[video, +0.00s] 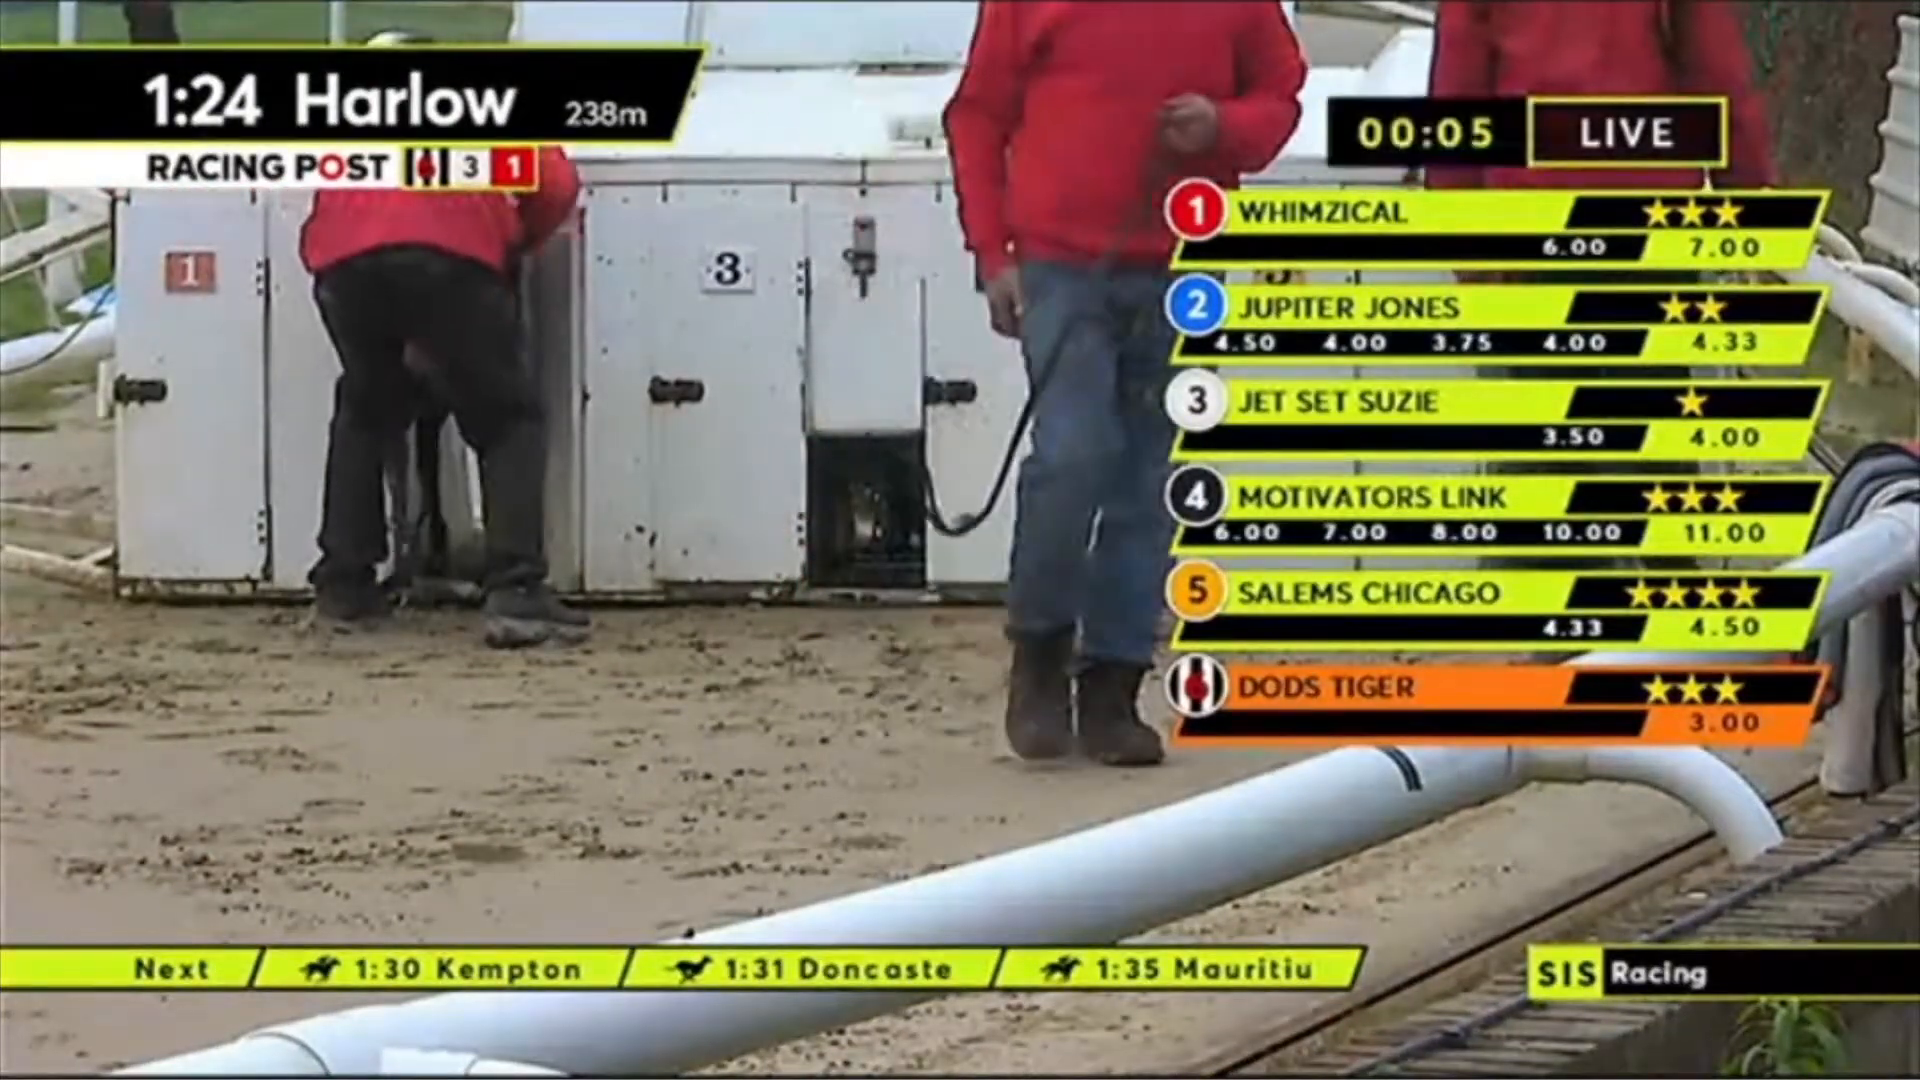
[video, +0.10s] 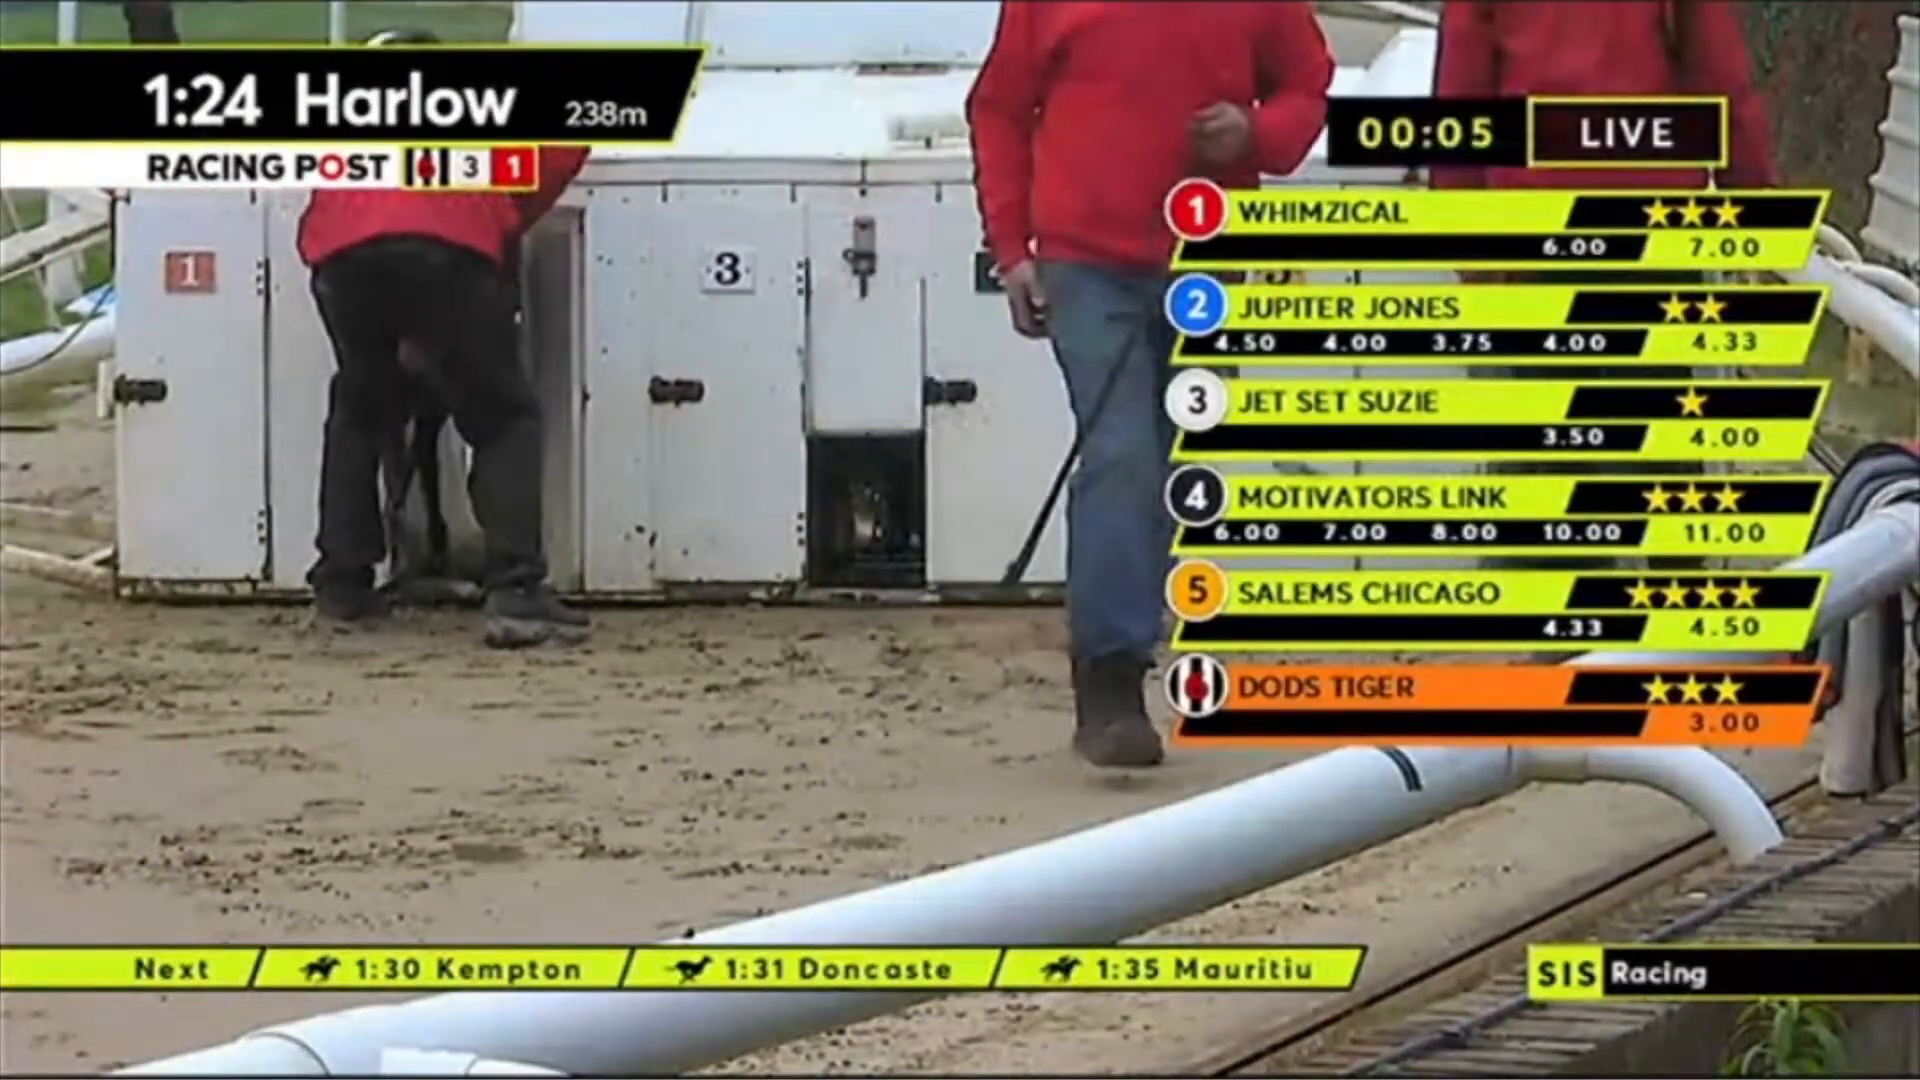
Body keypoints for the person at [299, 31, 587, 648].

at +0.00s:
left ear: (392, 78)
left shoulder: (356, 126)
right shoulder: (502, 118)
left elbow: (316, 235)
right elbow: (560, 187)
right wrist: (505, 246)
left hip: (345, 264)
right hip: (454, 260)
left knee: (365, 395)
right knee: (505, 419)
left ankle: (343, 584)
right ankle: (515, 590)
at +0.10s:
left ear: (374, 67)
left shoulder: (349, 121)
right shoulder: (488, 124)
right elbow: (572, 142)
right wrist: (502, 221)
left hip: (344, 255)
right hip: (451, 248)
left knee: (361, 393)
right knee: (502, 416)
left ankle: (341, 585)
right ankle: (514, 589)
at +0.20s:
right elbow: (572, 142)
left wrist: (400, 323)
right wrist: (517, 232)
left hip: (339, 223)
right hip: (443, 218)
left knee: (362, 388)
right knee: (502, 399)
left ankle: (341, 586)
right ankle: (511, 590)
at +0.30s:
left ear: (378, 60)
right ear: (463, 59)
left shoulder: (353, 107)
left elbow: (327, 224)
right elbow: (564, 166)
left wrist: (407, 327)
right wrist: (518, 263)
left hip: (349, 231)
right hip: (453, 226)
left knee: (360, 390)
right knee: (503, 407)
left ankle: (340, 586)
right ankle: (500, 591)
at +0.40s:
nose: (476, 45)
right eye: (473, 40)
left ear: (395, 55)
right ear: (465, 46)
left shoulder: (357, 102)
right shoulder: (504, 95)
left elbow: (332, 215)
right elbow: (567, 175)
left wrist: (414, 324)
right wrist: (505, 280)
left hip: (355, 242)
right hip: (459, 237)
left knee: (364, 393)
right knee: (503, 410)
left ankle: (341, 587)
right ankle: (503, 593)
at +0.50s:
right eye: (512, 24)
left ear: (423, 24)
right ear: (500, 26)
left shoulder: (367, 65)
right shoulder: (523, 73)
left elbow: (329, 194)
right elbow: (556, 213)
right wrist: (485, 290)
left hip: (345, 232)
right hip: (449, 238)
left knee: (369, 363)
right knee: (494, 404)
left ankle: (333, 570)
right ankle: (504, 591)